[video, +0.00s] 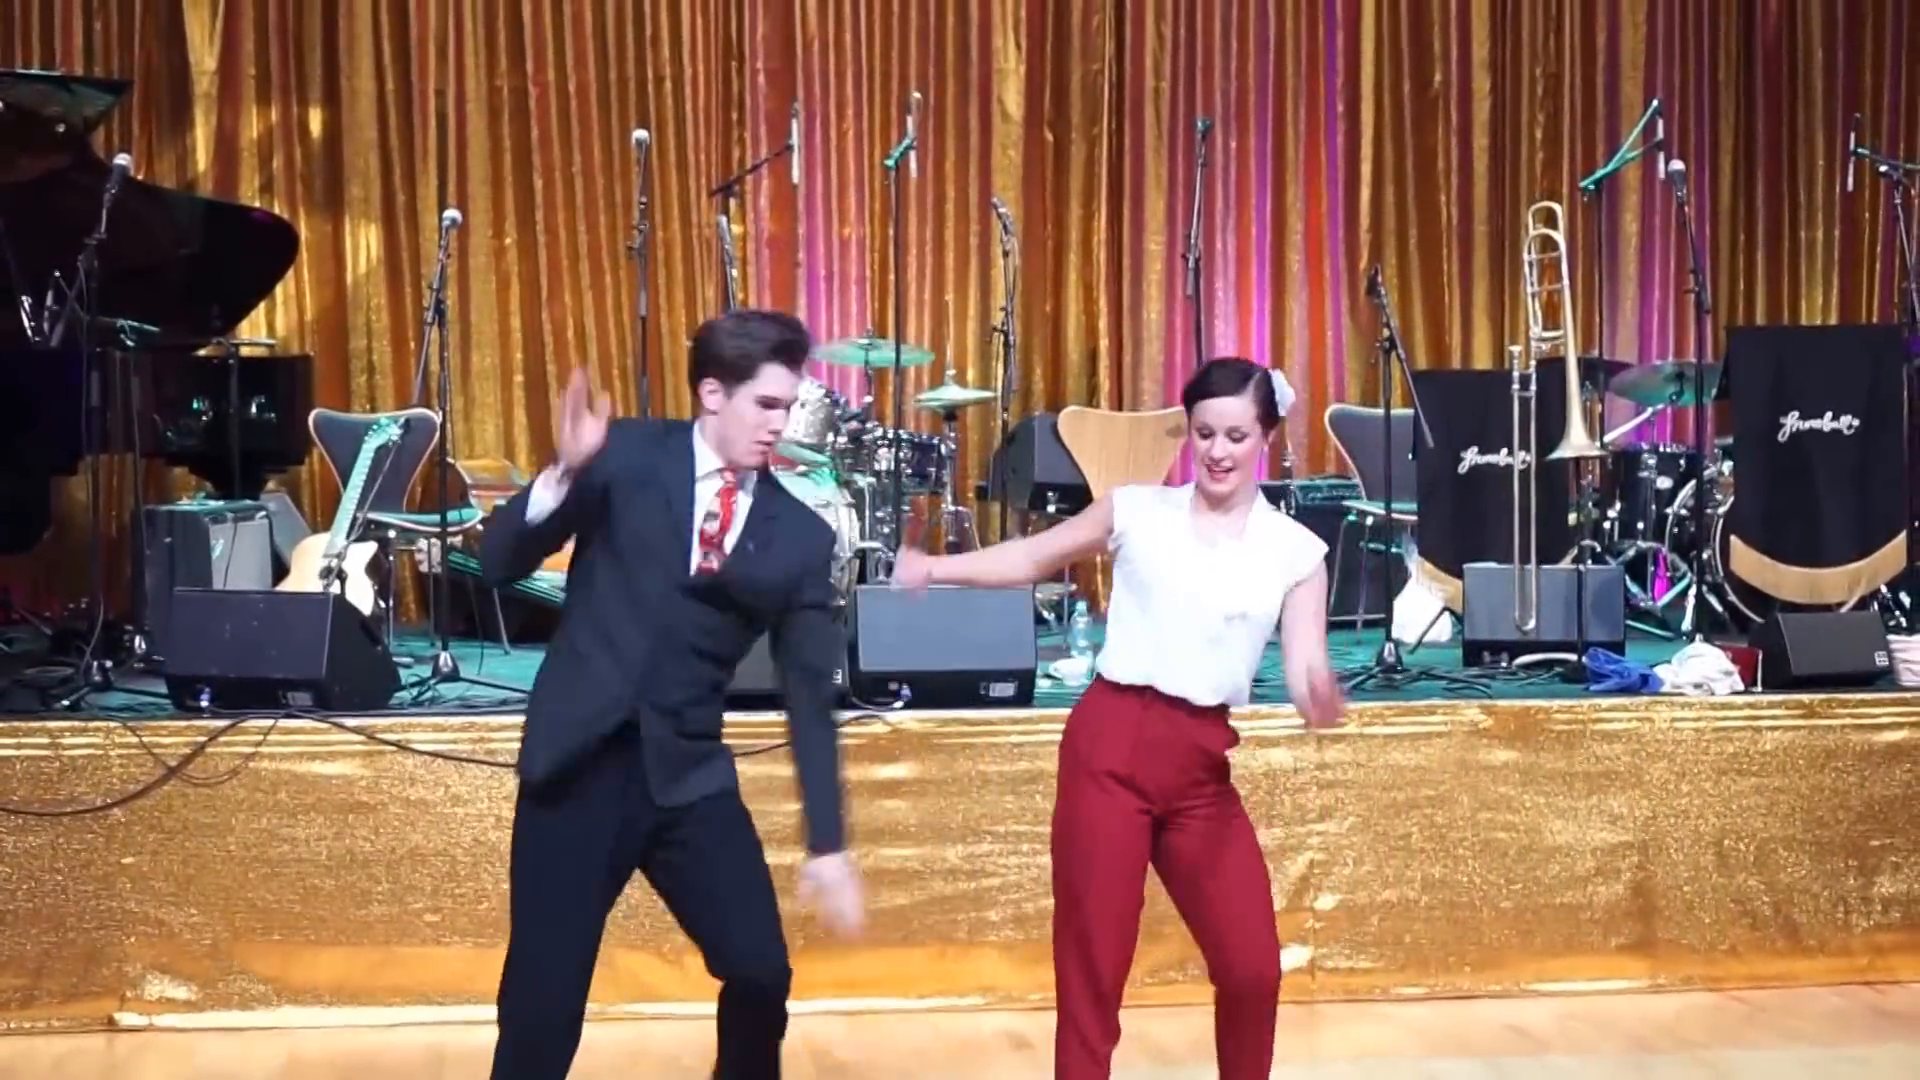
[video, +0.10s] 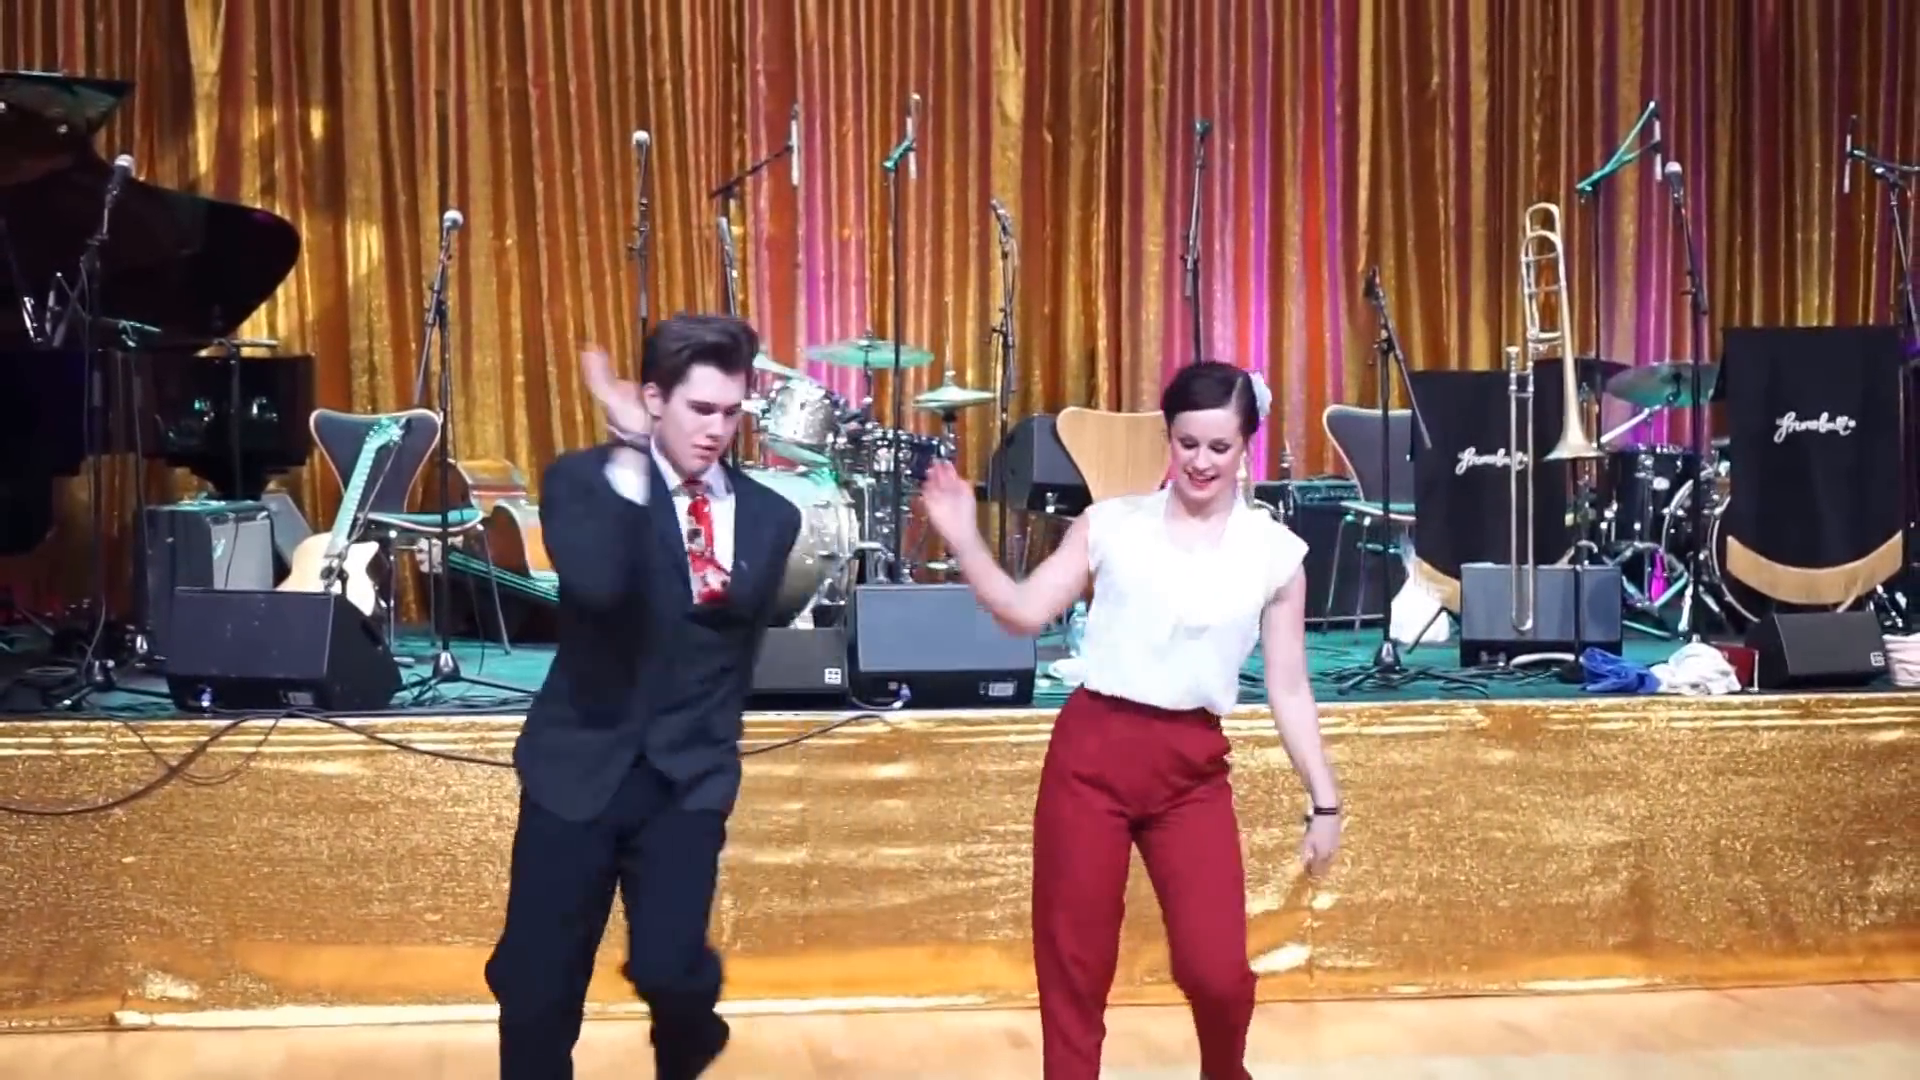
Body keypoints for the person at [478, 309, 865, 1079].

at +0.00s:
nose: (783, 425)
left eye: (791, 407)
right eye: (768, 404)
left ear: (796, 406)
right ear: (710, 395)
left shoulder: (799, 537)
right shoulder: (617, 452)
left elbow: (809, 700)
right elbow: (499, 562)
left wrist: (827, 847)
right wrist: (559, 473)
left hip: (692, 777)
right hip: (577, 768)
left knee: (760, 975)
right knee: (540, 1021)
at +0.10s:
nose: (719, 429)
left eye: (732, 412)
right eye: (703, 409)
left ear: (746, 411)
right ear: (654, 401)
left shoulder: (769, 519)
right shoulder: (582, 480)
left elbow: (737, 653)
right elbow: (593, 585)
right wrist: (630, 456)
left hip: (689, 778)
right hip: (576, 768)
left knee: (669, 970)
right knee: (535, 989)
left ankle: (686, 1061)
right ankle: (537, 1078)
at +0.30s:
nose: (715, 427)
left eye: (726, 408)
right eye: (696, 409)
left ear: (739, 402)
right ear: (644, 403)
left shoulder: (759, 494)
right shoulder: (579, 517)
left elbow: (779, 603)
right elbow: (583, 692)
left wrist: (829, 683)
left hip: (710, 802)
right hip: (600, 798)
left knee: (653, 1030)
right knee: (567, 1019)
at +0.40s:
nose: (746, 441)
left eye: (754, 423)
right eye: (726, 422)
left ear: (763, 421)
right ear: (671, 422)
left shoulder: (795, 540)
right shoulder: (595, 517)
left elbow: (845, 677)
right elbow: (490, 619)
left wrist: (897, 615)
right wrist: (564, 712)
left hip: (737, 809)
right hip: (628, 798)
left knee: (686, 1041)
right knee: (652, 1021)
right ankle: (540, 1068)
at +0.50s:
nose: (780, 448)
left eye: (787, 427)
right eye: (761, 430)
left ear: (796, 422)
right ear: (704, 430)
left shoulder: (820, 525)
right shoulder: (626, 508)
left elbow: (874, 680)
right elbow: (539, 598)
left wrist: (836, 597)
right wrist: (587, 643)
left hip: (755, 804)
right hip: (658, 790)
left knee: (668, 1019)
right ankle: (643, 1068)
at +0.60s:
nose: (814, 448)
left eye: (821, 427)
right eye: (793, 432)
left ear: (832, 418)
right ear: (735, 433)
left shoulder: (873, 516)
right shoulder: (667, 528)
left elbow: (878, 662)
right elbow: (673, 701)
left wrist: (837, 774)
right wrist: (654, 662)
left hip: (809, 795)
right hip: (706, 793)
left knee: (708, 1040)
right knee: (767, 1044)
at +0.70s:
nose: (830, 467)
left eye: (840, 443)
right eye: (807, 450)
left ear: (856, 432)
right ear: (763, 449)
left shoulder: (928, 547)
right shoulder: (723, 563)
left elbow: (953, 717)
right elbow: (688, 741)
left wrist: (964, 869)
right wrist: (660, 633)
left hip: (867, 847)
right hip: (753, 845)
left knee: (891, 1047)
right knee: (765, 1051)